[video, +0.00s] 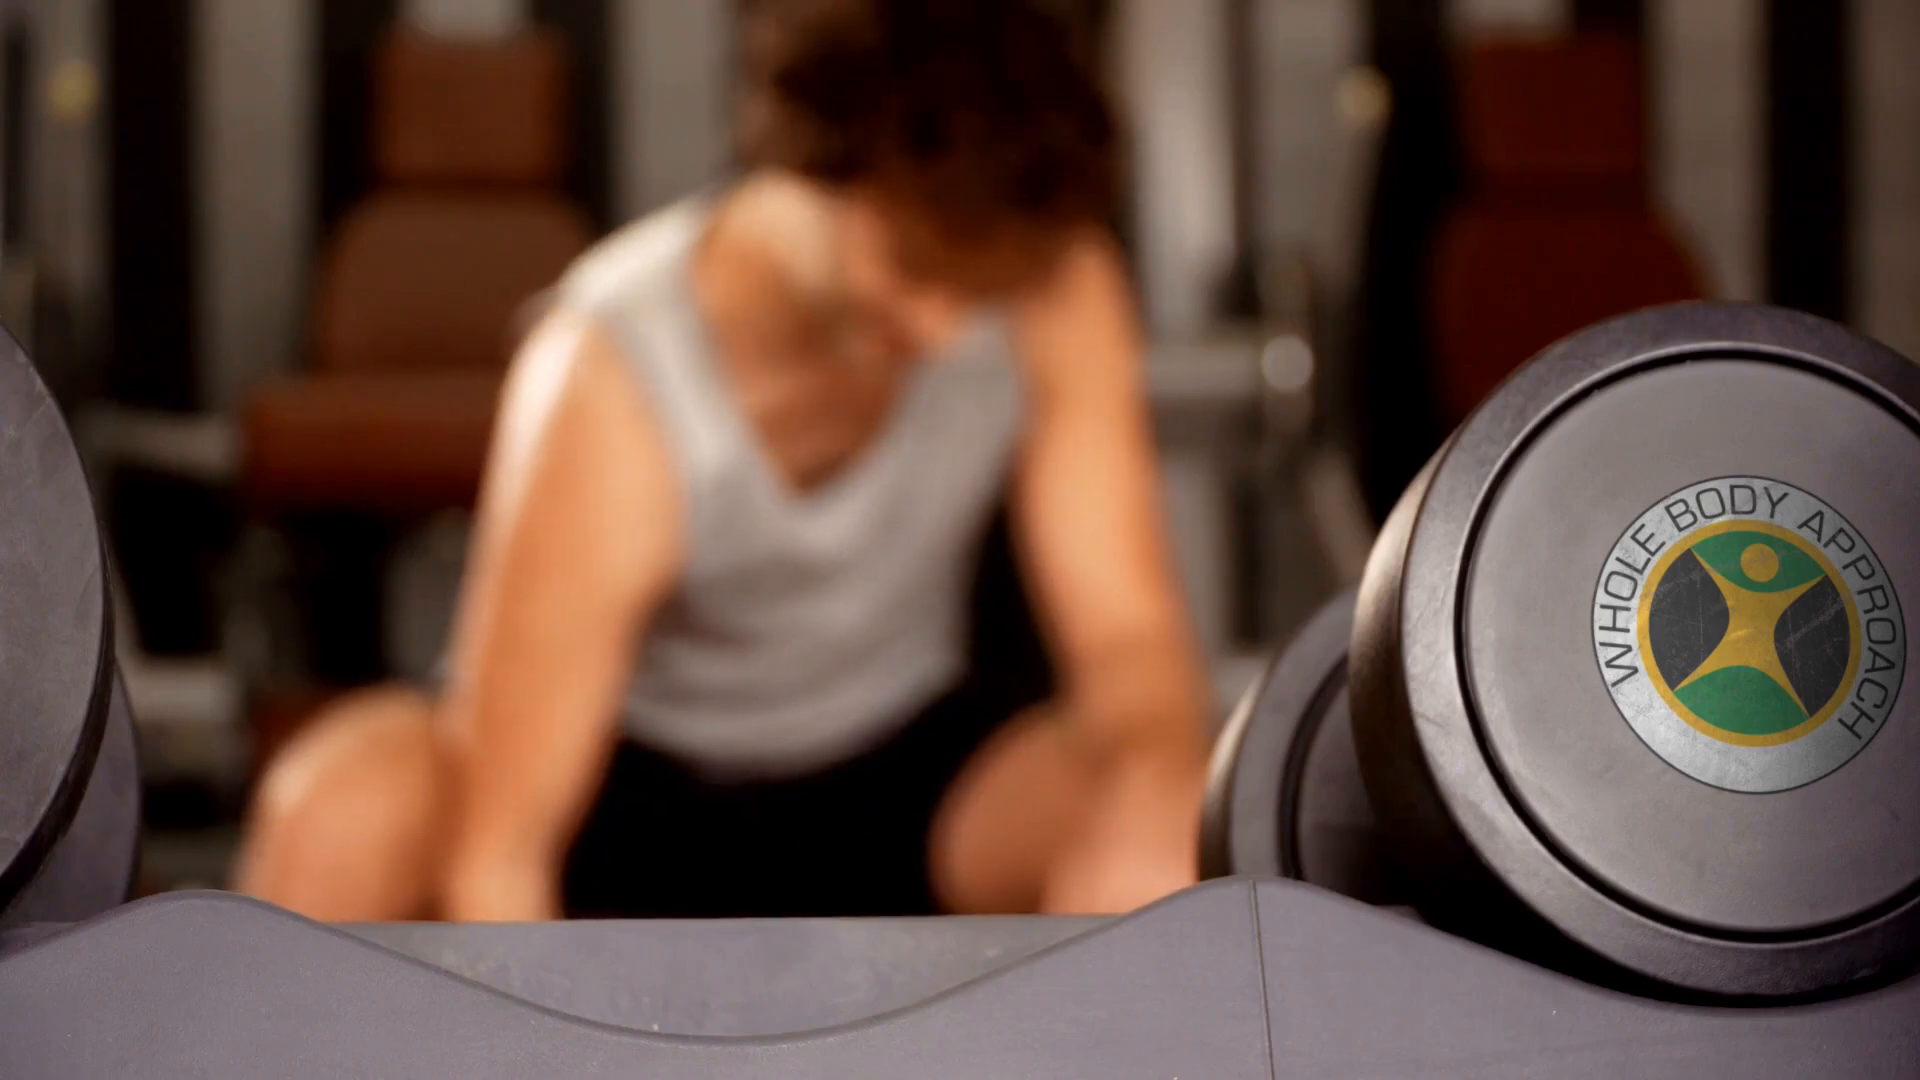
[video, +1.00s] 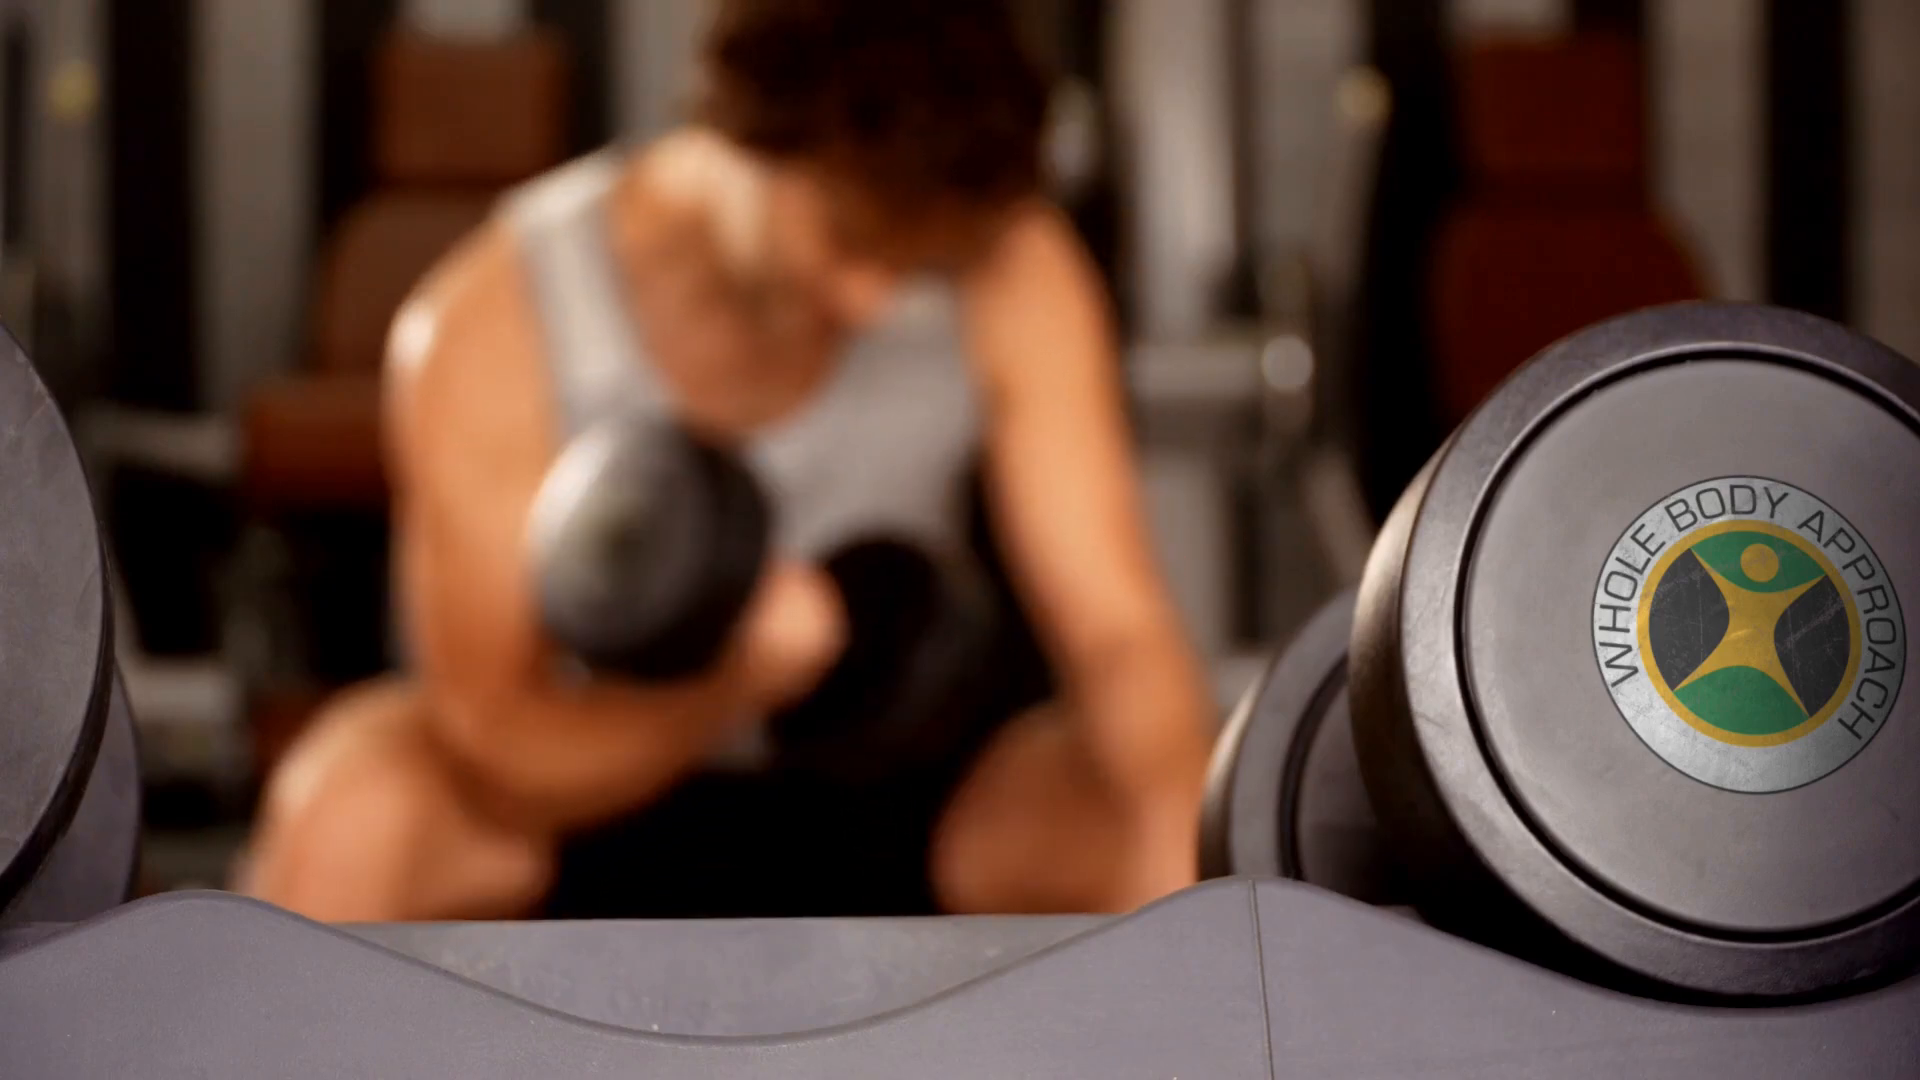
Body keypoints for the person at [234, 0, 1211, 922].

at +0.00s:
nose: (946, 332)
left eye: (991, 287)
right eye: (915, 276)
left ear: (1040, 244)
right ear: (827, 182)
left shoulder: (1049, 274)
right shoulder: (611, 374)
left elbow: (1129, 654)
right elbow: (502, 850)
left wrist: (1151, 852)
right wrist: (545, 1077)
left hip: (899, 789)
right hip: (625, 803)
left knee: (1157, 797)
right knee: (341, 791)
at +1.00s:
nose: (873, 303)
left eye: (916, 266)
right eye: (851, 248)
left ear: (973, 213)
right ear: (760, 148)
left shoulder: (1007, 265)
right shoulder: (487, 320)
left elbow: (1119, 636)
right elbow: (506, 753)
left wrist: (1188, 872)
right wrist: (730, 686)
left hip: (902, 786)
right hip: (595, 799)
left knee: (1174, 814)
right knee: (349, 798)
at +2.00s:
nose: (924, 302)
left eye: (978, 258)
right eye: (896, 238)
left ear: (1034, 213)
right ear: (806, 139)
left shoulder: (1056, 269)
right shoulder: (596, 340)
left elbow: (1137, 643)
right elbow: (523, 809)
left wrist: (1215, 826)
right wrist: (596, 1064)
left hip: (902, 782)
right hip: (627, 794)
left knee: (1194, 816)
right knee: (365, 800)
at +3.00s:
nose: (919, 259)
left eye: (971, 212)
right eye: (887, 197)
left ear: (1015, 168)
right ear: (790, 107)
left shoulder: (1045, 253)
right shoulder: (594, 322)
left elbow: (1128, 639)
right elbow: (504, 773)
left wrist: (1182, 854)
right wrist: (688, 1018)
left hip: (899, 781)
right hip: (627, 792)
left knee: (1190, 812)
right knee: (357, 792)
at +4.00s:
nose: (857, 234)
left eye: (902, 182)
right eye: (818, 173)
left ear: (948, 147)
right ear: (710, 105)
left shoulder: (992, 257)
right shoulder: (466, 331)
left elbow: (1120, 636)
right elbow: (530, 772)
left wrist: (1181, 880)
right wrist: (750, 646)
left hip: (890, 779)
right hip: (597, 805)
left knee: (1179, 816)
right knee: (373, 807)